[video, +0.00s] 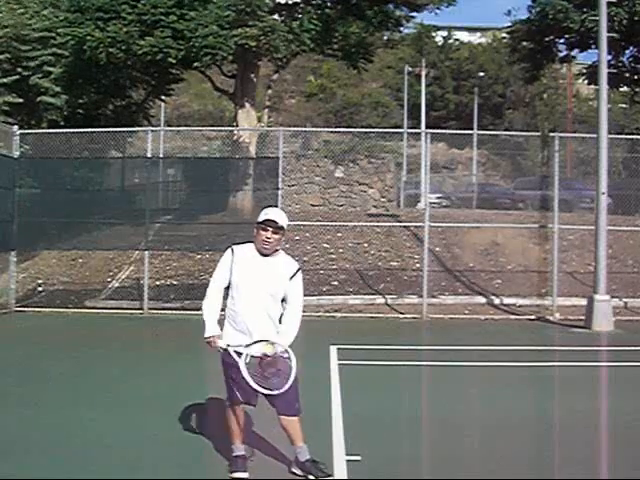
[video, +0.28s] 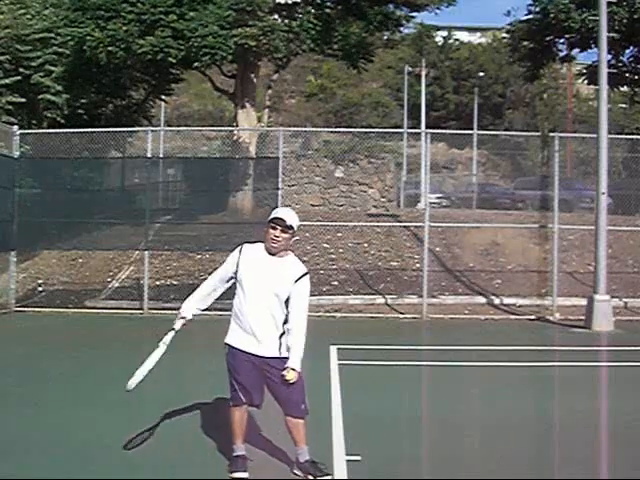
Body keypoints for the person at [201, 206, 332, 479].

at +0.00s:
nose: (268, 235)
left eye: (275, 231)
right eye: (263, 229)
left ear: (283, 236)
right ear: (255, 230)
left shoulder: (291, 269)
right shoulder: (235, 255)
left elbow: (294, 311)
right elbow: (214, 291)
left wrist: (280, 344)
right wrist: (212, 328)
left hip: (273, 345)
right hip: (236, 343)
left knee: (288, 404)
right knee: (238, 400)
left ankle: (303, 457)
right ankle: (238, 454)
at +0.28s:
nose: (276, 233)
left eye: (284, 230)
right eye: (273, 227)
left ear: (293, 237)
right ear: (266, 229)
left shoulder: (298, 273)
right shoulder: (245, 253)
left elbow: (298, 321)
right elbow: (216, 283)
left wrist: (294, 360)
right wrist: (188, 309)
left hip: (278, 351)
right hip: (241, 345)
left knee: (295, 406)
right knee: (240, 400)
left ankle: (303, 459)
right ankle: (239, 455)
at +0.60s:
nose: (295, 230)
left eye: (302, 227)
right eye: (292, 224)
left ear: (312, 234)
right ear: (285, 228)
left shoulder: (323, 263)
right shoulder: (268, 256)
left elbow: (353, 278)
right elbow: (230, 268)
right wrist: (194, 265)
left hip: (305, 351)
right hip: (267, 347)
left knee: (314, 406)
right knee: (256, 403)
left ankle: (306, 459)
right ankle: (241, 453)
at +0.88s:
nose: (313, 239)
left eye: (320, 236)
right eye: (309, 234)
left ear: (330, 243)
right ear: (301, 238)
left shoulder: (341, 267)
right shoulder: (283, 268)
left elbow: (370, 247)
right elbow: (251, 281)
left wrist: (378, 210)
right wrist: (236, 249)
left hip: (329, 352)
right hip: (294, 355)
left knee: (336, 411)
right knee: (297, 416)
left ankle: (310, 458)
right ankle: (284, 455)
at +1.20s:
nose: (328, 240)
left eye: (334, 237)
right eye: (323, 235)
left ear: (341, 246)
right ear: (312, 241)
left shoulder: (353, 270)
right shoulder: (295, 267)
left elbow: (384, 256)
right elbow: (258, 263)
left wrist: (384, 224)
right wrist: (263, 232)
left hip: (345, 353)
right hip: (311, 353)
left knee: (347, 419)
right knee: (317, 421)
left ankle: (311, 460)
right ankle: (289, 450)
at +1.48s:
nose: (345, 215)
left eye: (351, 212)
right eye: (340, 209)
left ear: (355, 218)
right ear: (328, 211)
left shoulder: (361, 247)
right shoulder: (314, 232)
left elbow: (395, 257)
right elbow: (299, 196)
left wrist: (408, 232)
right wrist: (304, 158)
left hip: (340, 324)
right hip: (312, 318)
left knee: (333, 392)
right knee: (308, 387)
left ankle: (320, 451)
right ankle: (294, 449)